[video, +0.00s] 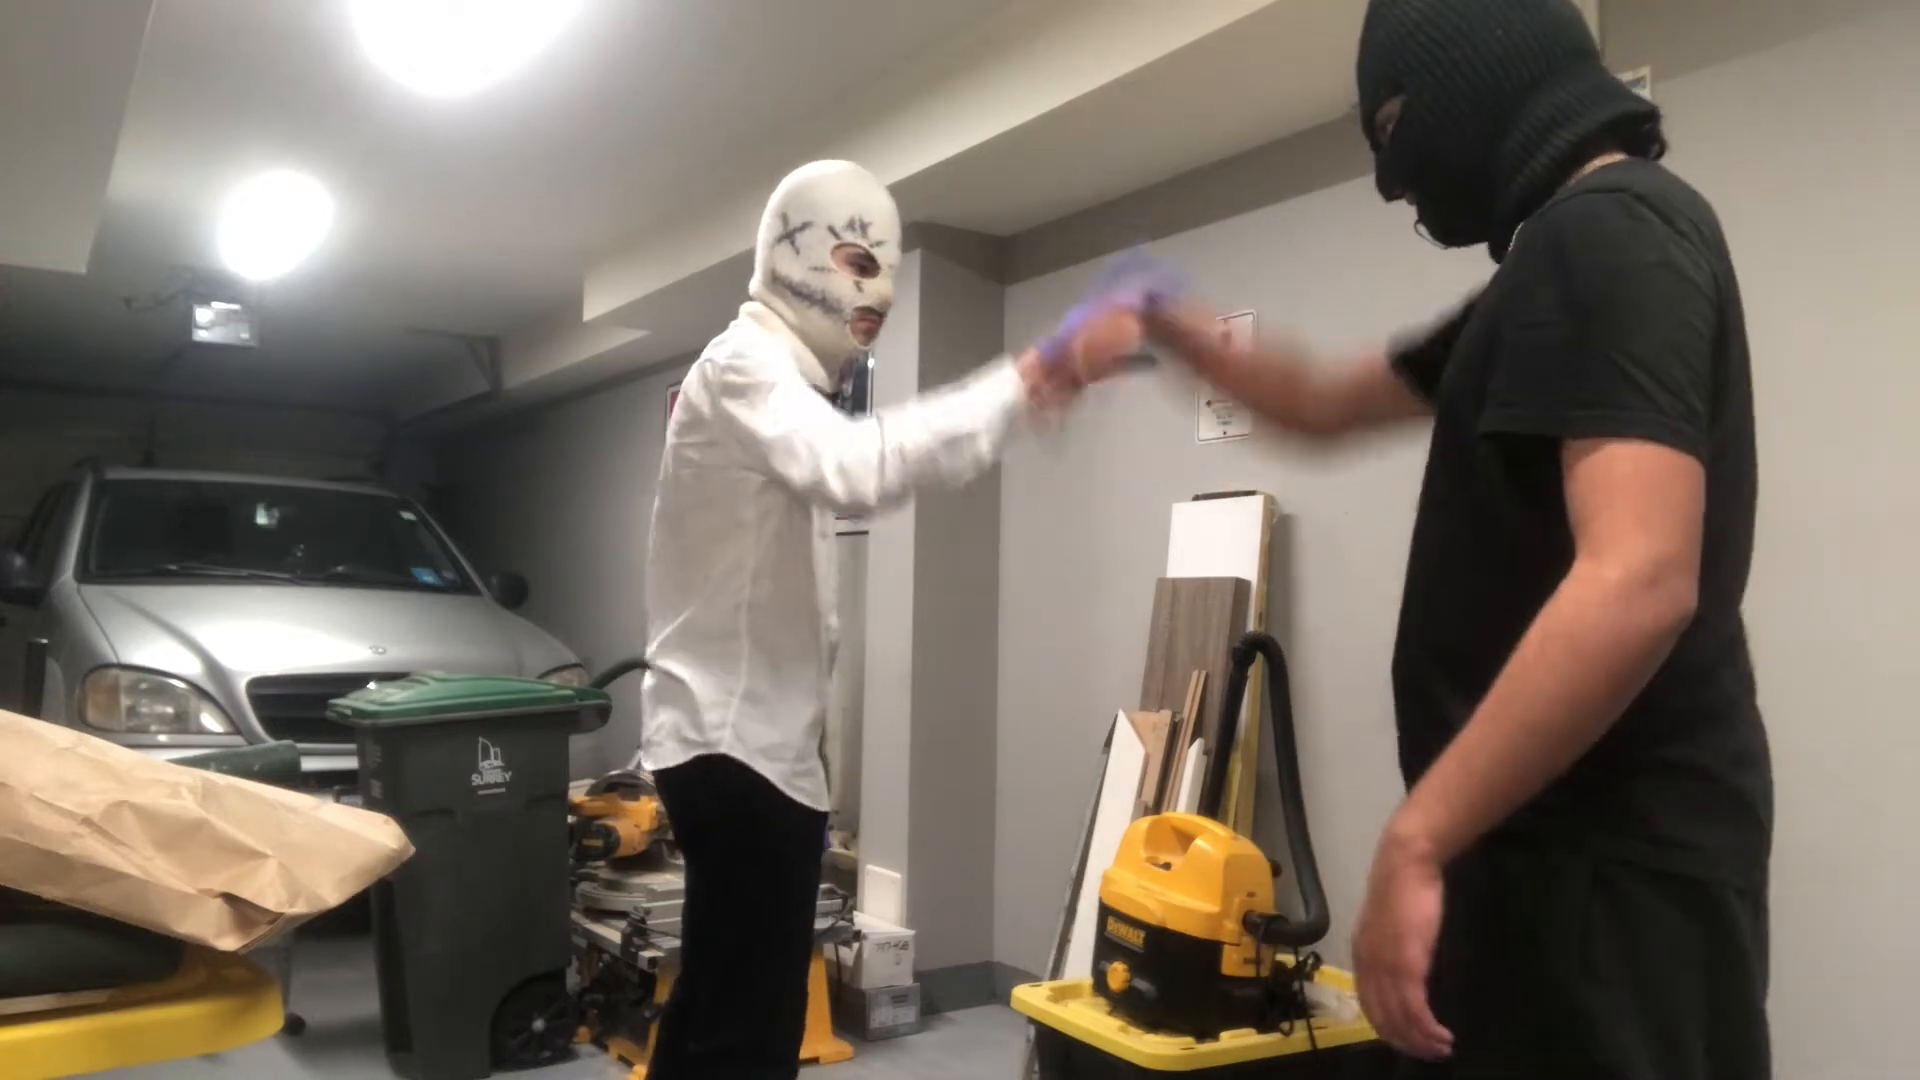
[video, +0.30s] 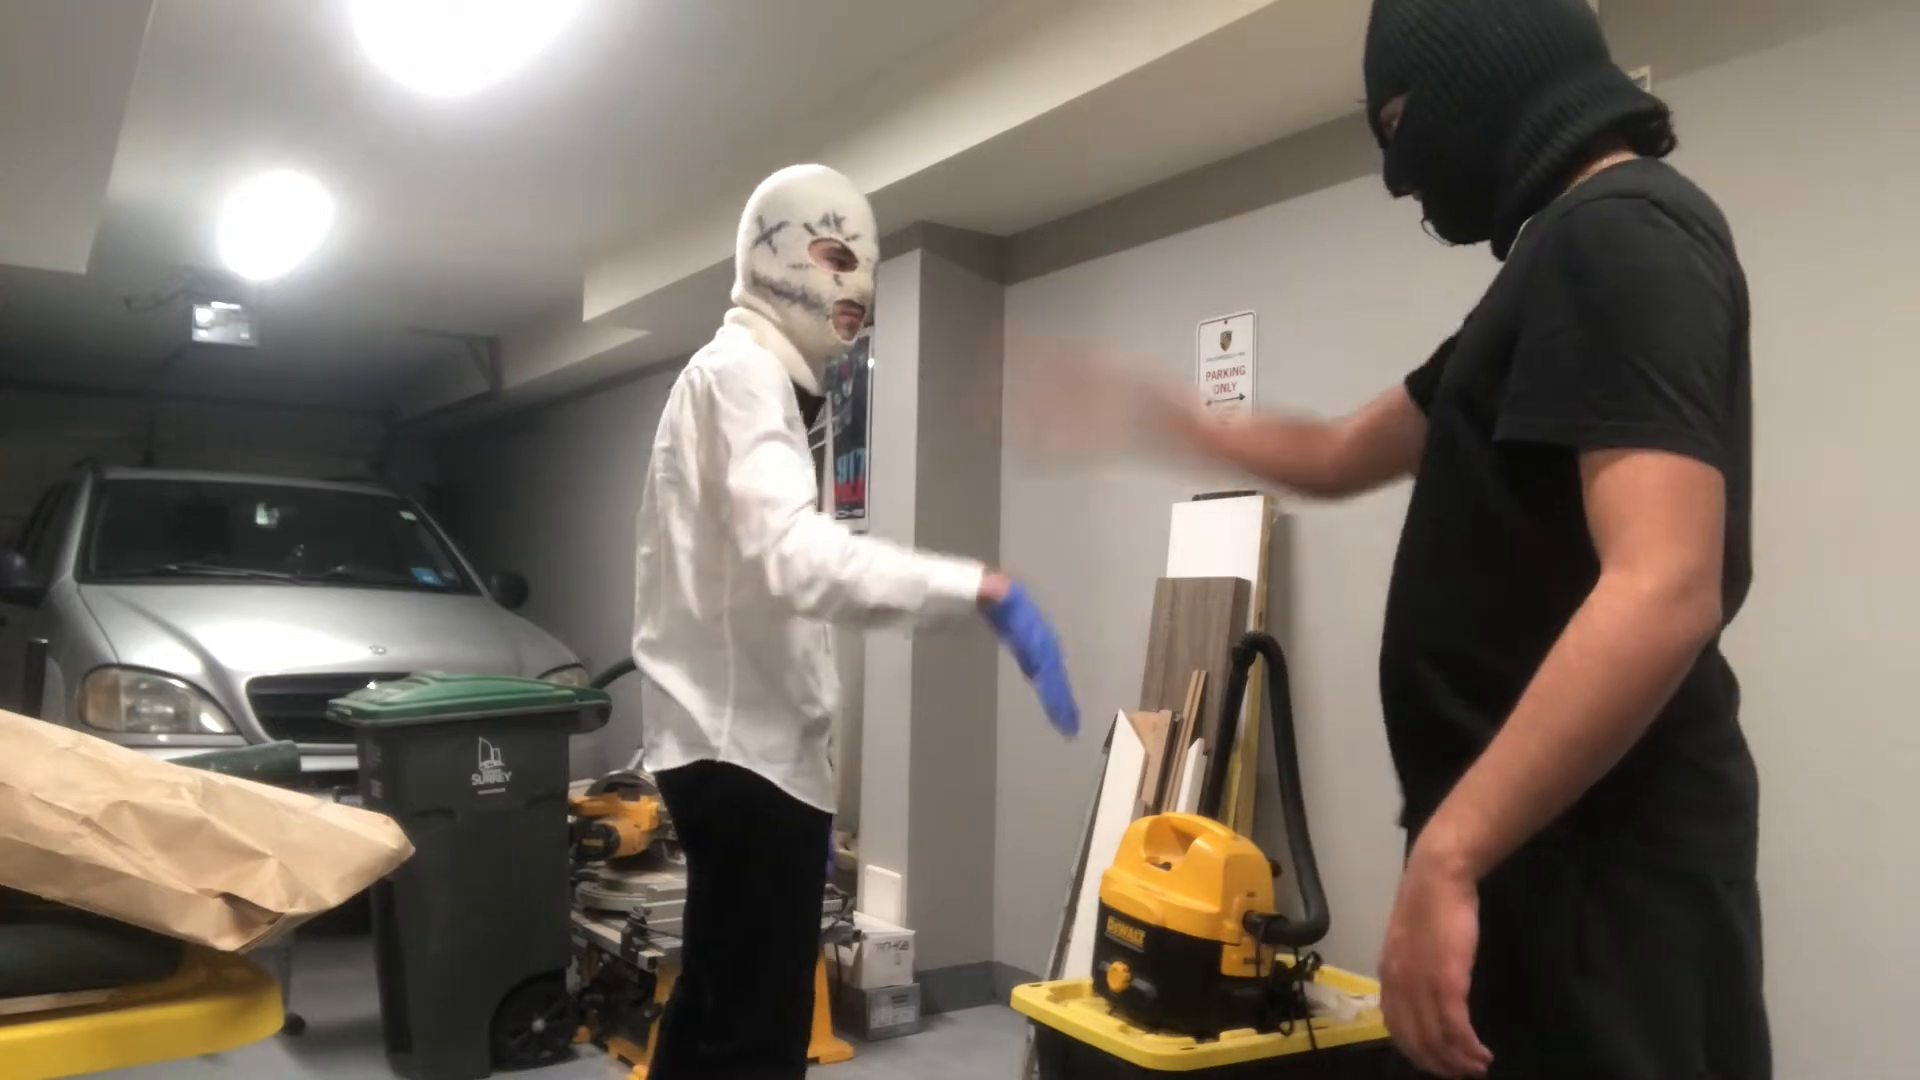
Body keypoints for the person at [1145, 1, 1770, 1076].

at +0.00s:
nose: (1383, 174)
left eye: (1385, 125)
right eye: (1375, 138)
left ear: (1454, 90)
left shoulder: (1609, 227)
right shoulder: (1549, 268)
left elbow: (1638, 579)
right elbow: (1323, 400)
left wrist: (1415, 841)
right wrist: (1157, 317)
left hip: (1601, 886)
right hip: (1537, 878)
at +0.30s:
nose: (1392, 175)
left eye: (1393, 123)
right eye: (1384, 135)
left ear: (1468, 83)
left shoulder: (1616, 235)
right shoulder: (1555, 260)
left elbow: (1665, 588)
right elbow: (1335, 456)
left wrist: (1446, 858)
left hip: (1599, 871)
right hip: (1533, 866)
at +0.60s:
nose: (1407, 167)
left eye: (1410, 116)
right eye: (1399, 129)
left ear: (1486, 74)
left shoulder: (1637, 232)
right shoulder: (1553, 268)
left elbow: (1663, 587)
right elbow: (1340, 492)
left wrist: (1428, 844)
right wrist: (1129, 437)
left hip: (1596, 873)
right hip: (1519, 871)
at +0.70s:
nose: (1405, 159)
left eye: (1410, 111)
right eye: (1396, 124)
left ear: (1488, 68)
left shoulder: (1636, 233)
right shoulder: (1553, 265)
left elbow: (1677, 595)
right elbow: (1376, 521)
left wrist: (1433, 855)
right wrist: (1176, 451)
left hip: (1594, 921)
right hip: (1507, 915)